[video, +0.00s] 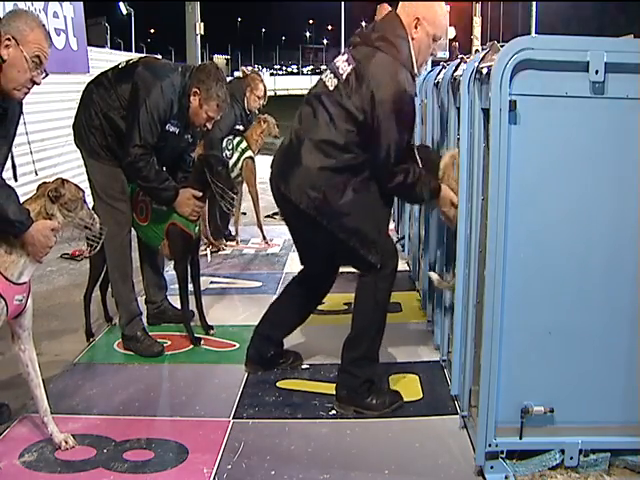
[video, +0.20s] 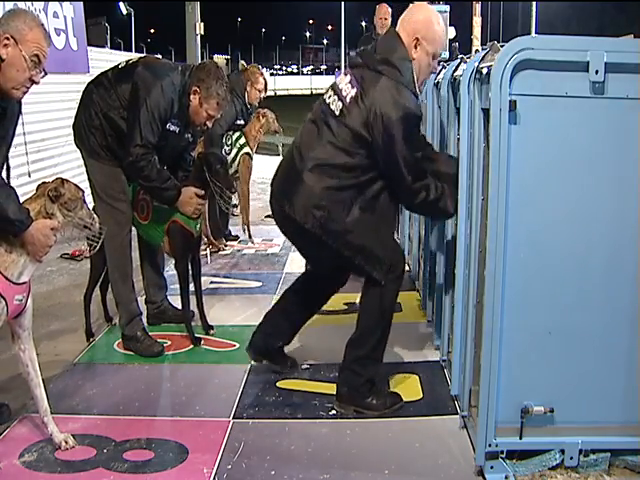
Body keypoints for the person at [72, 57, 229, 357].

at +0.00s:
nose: (211, 125)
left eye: (215, 119)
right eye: (210, 117)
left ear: (196, 96)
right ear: (193, 97)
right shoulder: (157, 90)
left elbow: (180, 157)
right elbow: (134, 156)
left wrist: (187, 191)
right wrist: (172, 196)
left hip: (137, 133)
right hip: (100, 130)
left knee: (149, 217)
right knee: (118, 222)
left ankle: (157, 305)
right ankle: (131, 326)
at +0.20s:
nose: (210, 124)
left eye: (215, 118)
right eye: (209, 116)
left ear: (196, 94)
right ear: (193, 95)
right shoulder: (157, 89)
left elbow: (181, 155)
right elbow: (136, 155)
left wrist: (185, 188)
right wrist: (175, 195)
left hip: (137, 134)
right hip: (100, 131)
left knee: (150, 217)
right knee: (119, 222)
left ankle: (157, 305)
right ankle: (131, 326)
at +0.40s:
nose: (210, 119)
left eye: (215, 114)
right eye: (210, 111)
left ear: (196, 90)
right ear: (194, 92)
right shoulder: (156, 86)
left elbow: (179, 152)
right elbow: (137, 152)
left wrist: (191, 181)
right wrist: (176, 186)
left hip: (139, 136)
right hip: (102, 134)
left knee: (151, 218)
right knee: (120, 222)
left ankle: (158, 305)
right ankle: (131, 326)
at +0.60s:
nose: (211, 105)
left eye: (216, 100)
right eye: (209, 97)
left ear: (197, 77)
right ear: (193, 78)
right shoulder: (153, 79)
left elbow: (185, 143)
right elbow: (136, 146)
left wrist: (190, 173)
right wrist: (177, 175)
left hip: (142, 137)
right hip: (104, 134)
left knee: (153, 218)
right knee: (124, 222)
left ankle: (158, 304)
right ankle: (132, 326)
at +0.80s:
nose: (211, 96)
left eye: (215, 90)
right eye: (209, 87)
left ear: (197, 68)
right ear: (191, 69)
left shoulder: (193, 81)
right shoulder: (152, 73)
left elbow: (183, 136)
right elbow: (138, 143)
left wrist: (191, 163)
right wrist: (181, 167)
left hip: (142, 137)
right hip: (104, 134)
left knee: (153, 218)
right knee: (124, 223)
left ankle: (158, 303)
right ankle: (130, 324)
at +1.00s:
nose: (211, 92)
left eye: (216, 86)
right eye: (209, 83)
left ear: (196, 65)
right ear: (191, 67)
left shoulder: (192, 79)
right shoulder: (152, 71)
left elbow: (183, 135)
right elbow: (139, 141)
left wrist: (192, 162)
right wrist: (182, 165)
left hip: (141, 138)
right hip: (104, 135)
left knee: (152, 218)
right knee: (125, 222)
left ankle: (158, 303)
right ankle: (131, 325)